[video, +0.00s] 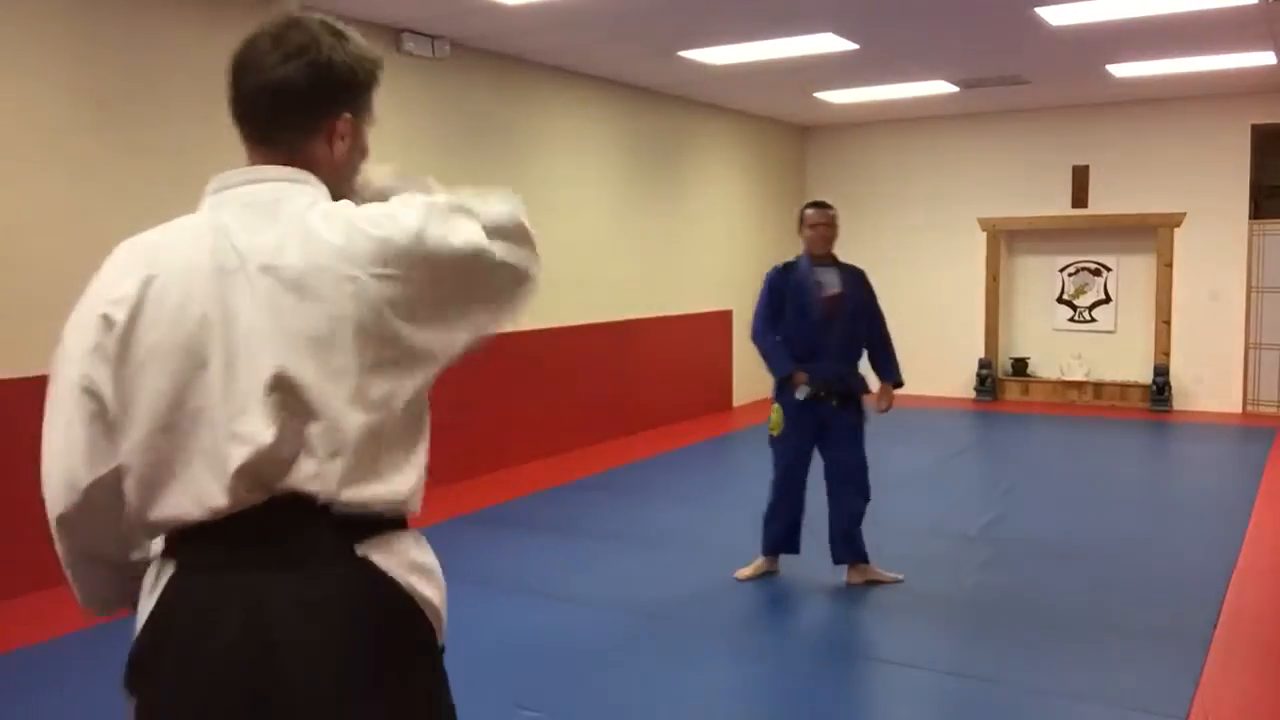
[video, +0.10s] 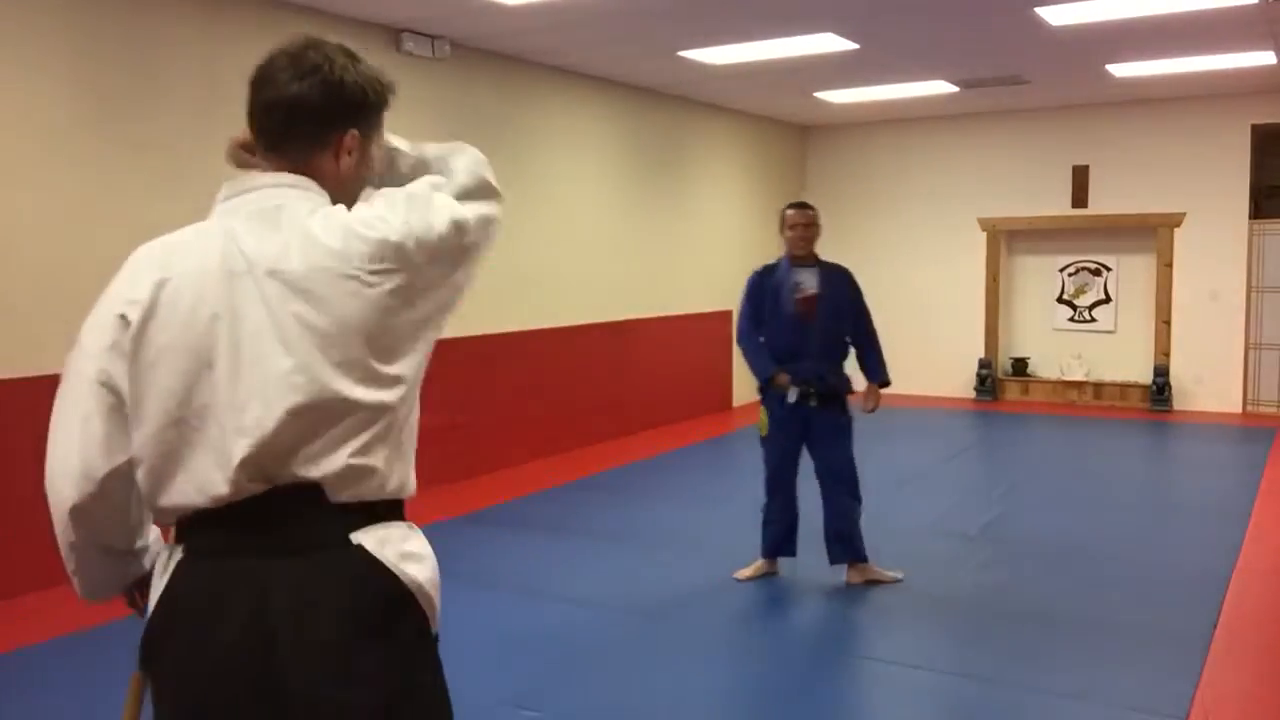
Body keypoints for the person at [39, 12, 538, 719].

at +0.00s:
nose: (365, 143)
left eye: (364, 126)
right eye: (364, 128)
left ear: (247, 126)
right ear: (340, 133)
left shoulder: (134, 269)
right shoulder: (378, 246)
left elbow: (75, 485)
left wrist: (131, 585)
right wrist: (380, 192)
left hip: (195, 599)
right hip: (360, 598)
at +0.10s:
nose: (370, 164)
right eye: (372, 150)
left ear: (258, 142)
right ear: (347, 150)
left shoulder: (150, 273)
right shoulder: (377, 248)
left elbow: (81, 477)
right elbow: (471, 183)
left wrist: (135, 576)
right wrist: (368, 155)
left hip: (202, 588)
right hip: (358, 586)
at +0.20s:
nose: (368, 186)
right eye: (370, 167)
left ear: (267, 161)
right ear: (348, 168)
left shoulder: (157, 281)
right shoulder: (368, 255)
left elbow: (88, 478)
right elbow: (437, 170)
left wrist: (132, 567)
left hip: (204, 582)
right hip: (347, 582)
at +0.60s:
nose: (346, 186)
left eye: (347, 172)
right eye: (345, 171)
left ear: (255, 161)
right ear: (321, 167)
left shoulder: (168, 266)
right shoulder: (337, 242)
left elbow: (137, 427)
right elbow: (408, 206)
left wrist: (177, 516)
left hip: (198, 520)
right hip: (320, 519)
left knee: (202, 703)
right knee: (353, 700)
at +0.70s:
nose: (345, 192)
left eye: (348, 176)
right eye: (346, 176)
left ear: (261, 169)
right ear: (321, 174)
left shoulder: (180, 272)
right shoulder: (342, 250)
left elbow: (153, 425)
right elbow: (427, 234)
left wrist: (197, 505)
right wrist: (345, 225)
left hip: (214, 514)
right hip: (332, 514)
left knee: (214, 700)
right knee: (357, 697)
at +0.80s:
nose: (349, 200)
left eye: (351, 184)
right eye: (349, 184)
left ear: (270, 181)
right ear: (327, 185)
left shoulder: (198, 282)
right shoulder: (357, 266)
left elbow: (173, 427)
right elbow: (452, 299)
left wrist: (222, 490)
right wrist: (395, 257)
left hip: (234, 510)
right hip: (346, 508)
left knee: (226, 686)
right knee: (370, 683)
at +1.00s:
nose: (370, 192)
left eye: (369, 179)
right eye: (369, 180)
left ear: (296, 185)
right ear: (356, 186)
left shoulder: (239, 280)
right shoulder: (394, 276)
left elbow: (213, 413)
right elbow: (451, 391)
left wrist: (275, 443)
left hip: (280, 499)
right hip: (382, 496)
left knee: (278, 673)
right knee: (388, 671)